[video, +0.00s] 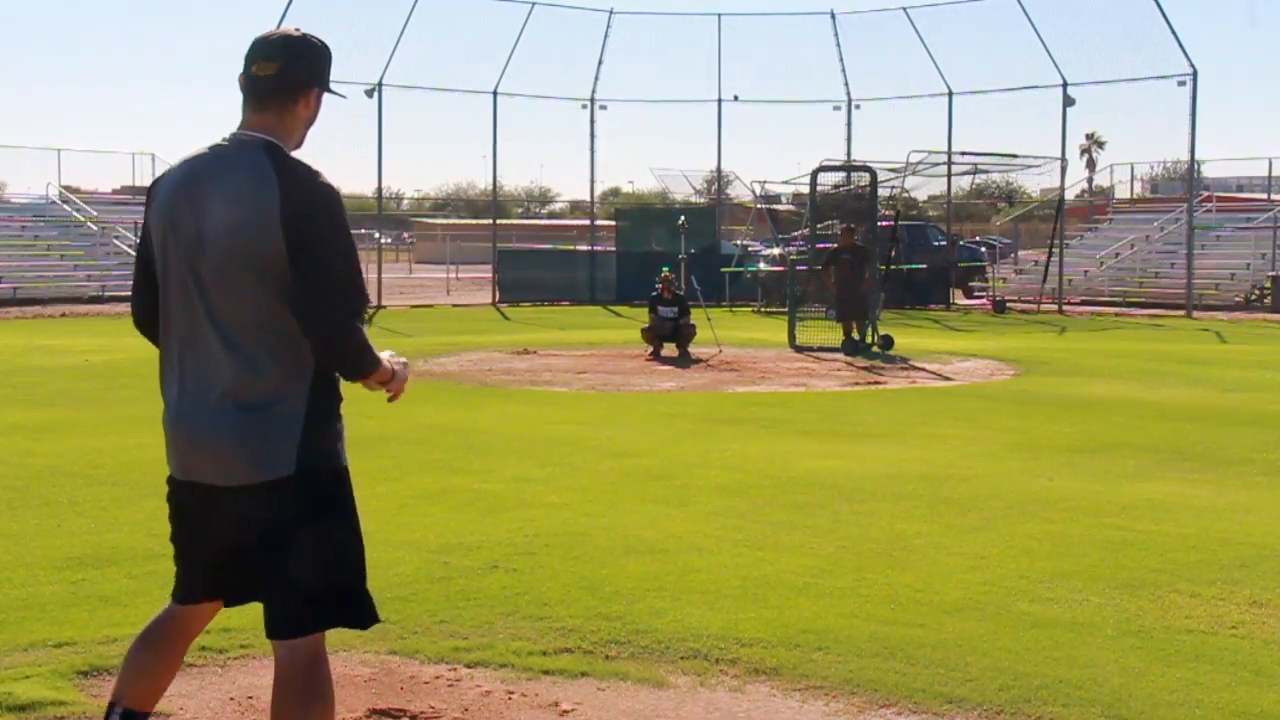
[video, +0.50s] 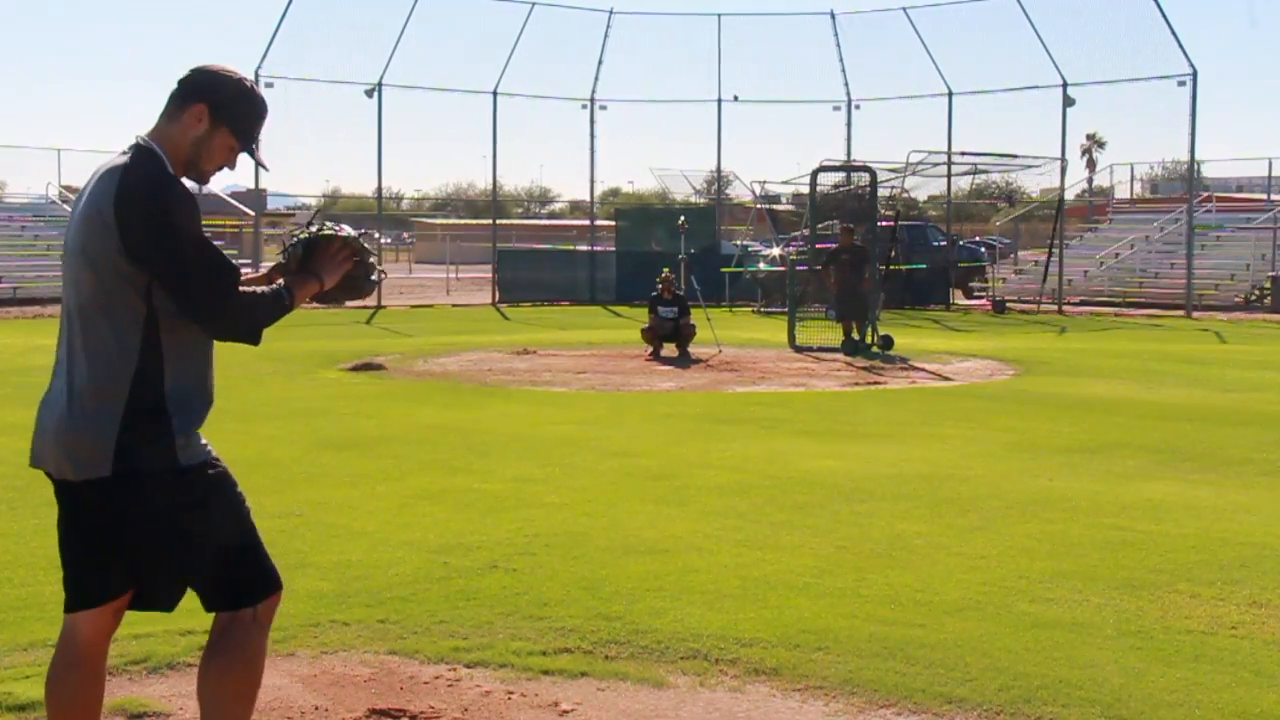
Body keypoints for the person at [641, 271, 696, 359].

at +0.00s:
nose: (667, 286)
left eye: (670, 282)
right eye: (665, 282)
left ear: (674, 284)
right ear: (661, 284)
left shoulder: (680, 298)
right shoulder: (654, 298)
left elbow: (686, 318)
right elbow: (652, 317)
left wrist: (673, 323)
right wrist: (663, 324)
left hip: (676, 327)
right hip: (660, 327)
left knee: (690, 329)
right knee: (646, 331)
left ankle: (683, 349)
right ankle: (656, 348)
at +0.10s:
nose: (667, 286)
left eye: (670, 282)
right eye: (664, 282)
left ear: (674, 284)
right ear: (660, 284)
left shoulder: (680, 298)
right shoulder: (654, 298)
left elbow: (686, 318)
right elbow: (652, 317)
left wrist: (673, 323)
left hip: (676, 327)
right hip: (660, 327)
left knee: (690, 328)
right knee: (646, 331)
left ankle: (683, 348)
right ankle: (656, 347)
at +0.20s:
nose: (667, 285)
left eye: (670, 282)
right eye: (664, 282)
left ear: (674, 283)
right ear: (660, 284)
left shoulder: (680, 298)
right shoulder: (654, 298)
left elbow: (686, 318)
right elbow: (652, 317)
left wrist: (674, 323)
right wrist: (664, 323)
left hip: (677, 327)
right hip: (660, 327)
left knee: (690, 328)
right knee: (646, 331)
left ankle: (683, 348)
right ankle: (656, 347)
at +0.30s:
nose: (666, 286)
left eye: (669, 283)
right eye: (664, 283)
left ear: (673, 284)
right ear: (660, 285)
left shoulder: (680, 298)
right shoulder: (654, 298)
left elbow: (686, 318)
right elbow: (652, 317)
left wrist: (674, 323)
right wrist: (662, 324)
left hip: (676, 327)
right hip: (660, 327)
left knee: (690, 329)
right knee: (646, 332)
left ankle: (682, 348)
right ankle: (656, 347)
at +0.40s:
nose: (667, 286)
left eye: (669, 283)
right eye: (664, 283)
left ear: (673, 284)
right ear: (660, 284)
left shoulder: (680, 298)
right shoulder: (654, 299)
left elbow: (686, 318)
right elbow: (652, 318)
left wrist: (674, 323)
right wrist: (662, 324)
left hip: (676, 327)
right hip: (660, 327)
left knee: (690, 329)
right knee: (646, 332)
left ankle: (682, 348)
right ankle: (656, 346)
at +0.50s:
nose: (667, 286)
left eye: (670, 283)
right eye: (664, 283)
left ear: (674, 284)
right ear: (660, 284)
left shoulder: (680, 298)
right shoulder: (654, 298)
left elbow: (686, 318)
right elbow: (652, 317)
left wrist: (674, 323)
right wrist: (662, 324)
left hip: (676, 327)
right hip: (660, 327)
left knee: (690, 329)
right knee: (646, 332)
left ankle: (682, 348)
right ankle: (656, 347)